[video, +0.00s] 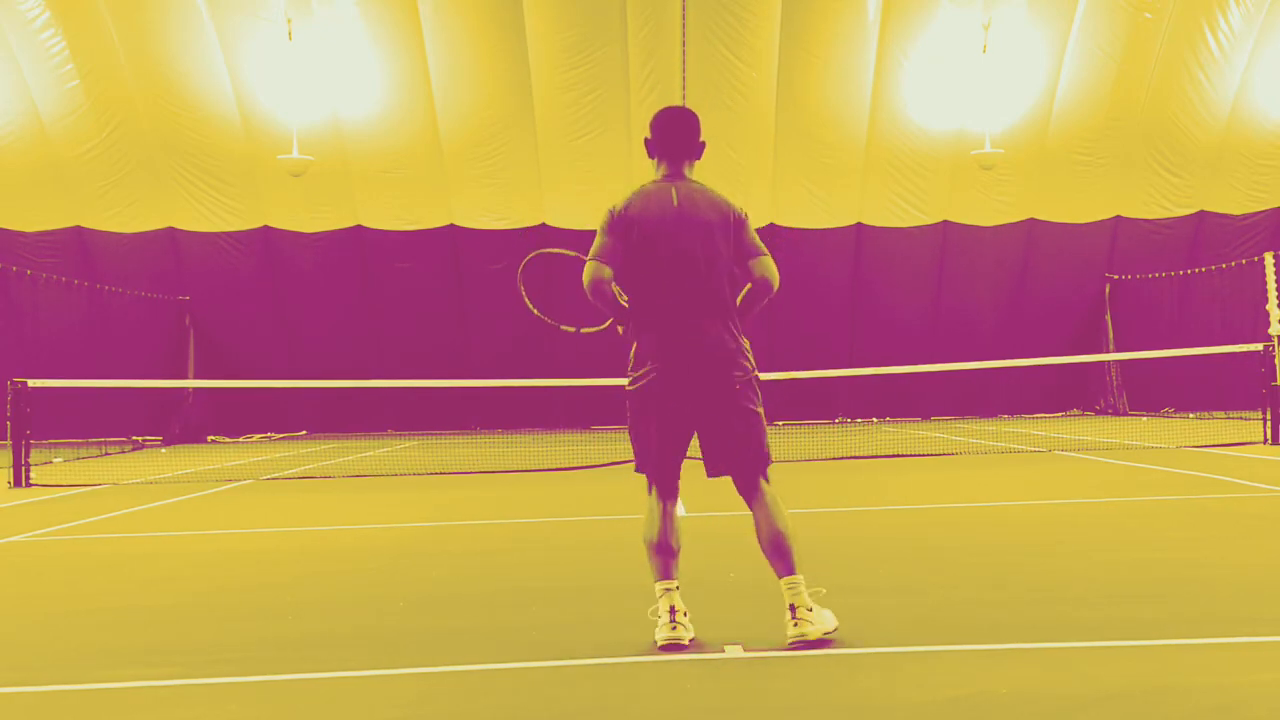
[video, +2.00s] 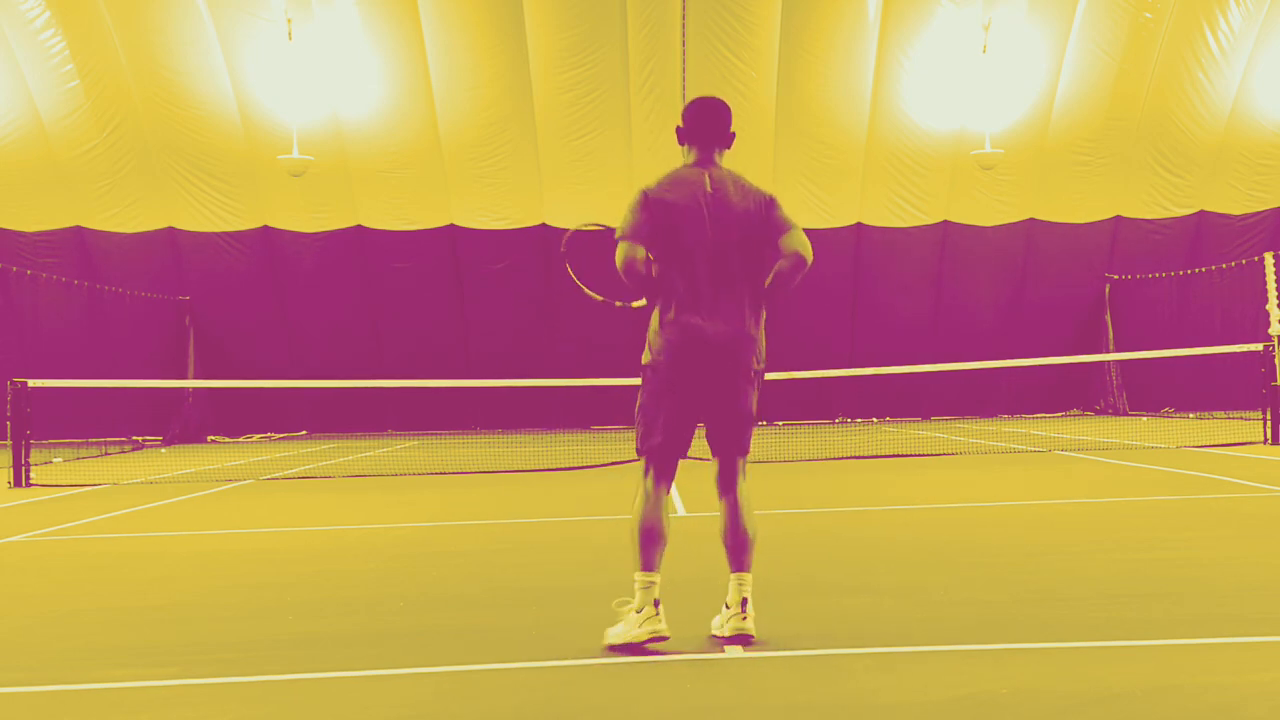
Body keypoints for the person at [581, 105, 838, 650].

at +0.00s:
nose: (684, 158)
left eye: (661, 149)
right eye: (693, 147)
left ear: (649, 151)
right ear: (699, 150)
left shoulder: (623, 211)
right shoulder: (725, 210)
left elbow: (594, 278)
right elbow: (768, 278)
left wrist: (625, 312)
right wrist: (731, 318)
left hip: (656, 369)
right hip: (725, 365)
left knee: (660, 491)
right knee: (757, 486)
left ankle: (671, 614)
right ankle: (800, 608)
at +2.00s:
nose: (697, 148)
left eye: (688, 137)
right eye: (716, 139)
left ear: (681, 138)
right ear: (730, 140)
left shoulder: (657, 196)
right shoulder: (757, 199)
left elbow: (629, 264)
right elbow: (800, 255)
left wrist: (656, 287)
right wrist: (760, 292)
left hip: (676, 347)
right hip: (737, 349)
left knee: (656, 477)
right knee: (732, 480)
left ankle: (646, 608)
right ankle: (739, 608)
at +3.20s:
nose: (678, 147)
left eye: (670, 137)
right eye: (699, 138)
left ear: (664, 141)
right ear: (713, 141)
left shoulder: (643, 195)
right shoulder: (744, 194)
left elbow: (620, 257)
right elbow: (783, 241)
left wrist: (650, 294)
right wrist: (744, 280)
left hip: (673, 347)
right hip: (737, 344)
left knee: (676, 472)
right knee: (741, 460)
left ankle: (679, 597)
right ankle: (759, 548)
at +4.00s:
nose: (700, 169)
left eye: (674, 160)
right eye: (706, 160)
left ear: (660, 161)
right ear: (710, 163)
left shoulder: (626, 219)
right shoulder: (734, 223)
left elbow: (610, 303)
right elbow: (762, 301)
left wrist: (624, 346)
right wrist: (722, 326)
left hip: (646, 367)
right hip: (715, 368)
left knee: (629, 482)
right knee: (719, 483)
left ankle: (609, 585)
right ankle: (734, 604)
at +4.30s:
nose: (642, 173)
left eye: (629, 165)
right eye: (644, 166)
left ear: (592, 167)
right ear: (644, 167)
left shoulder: (556, 227)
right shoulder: (655, 225)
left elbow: (552, 310)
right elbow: (679, 318)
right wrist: (661, 366)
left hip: (563, 383)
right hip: (634, 377)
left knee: (594, 511)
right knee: (678, 492)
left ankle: (548, 622)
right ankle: (704, 614)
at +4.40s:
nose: (626, 165)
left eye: (621, 155)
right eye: (627, 156)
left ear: (575, 158)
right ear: (625, 158)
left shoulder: (541, 213)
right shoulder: (628, 214)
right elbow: (657, 309)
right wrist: (653, 345)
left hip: (526, 368)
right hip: (589, 363)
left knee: (582, 504)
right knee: (647, 488)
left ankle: (543, 637)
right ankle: (630, 620)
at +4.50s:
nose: (614, 134)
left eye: (607, 125)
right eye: (616, 125)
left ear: (564, 124)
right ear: (616, 126)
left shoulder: (531, 177)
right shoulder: (610, 182)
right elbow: (654, 276)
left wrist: (654, 281)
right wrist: (681, 302)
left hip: (486, 324)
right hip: (549, 324)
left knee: (536, 479)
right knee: (602, 471)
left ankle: (531, 619)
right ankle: (561, 603)